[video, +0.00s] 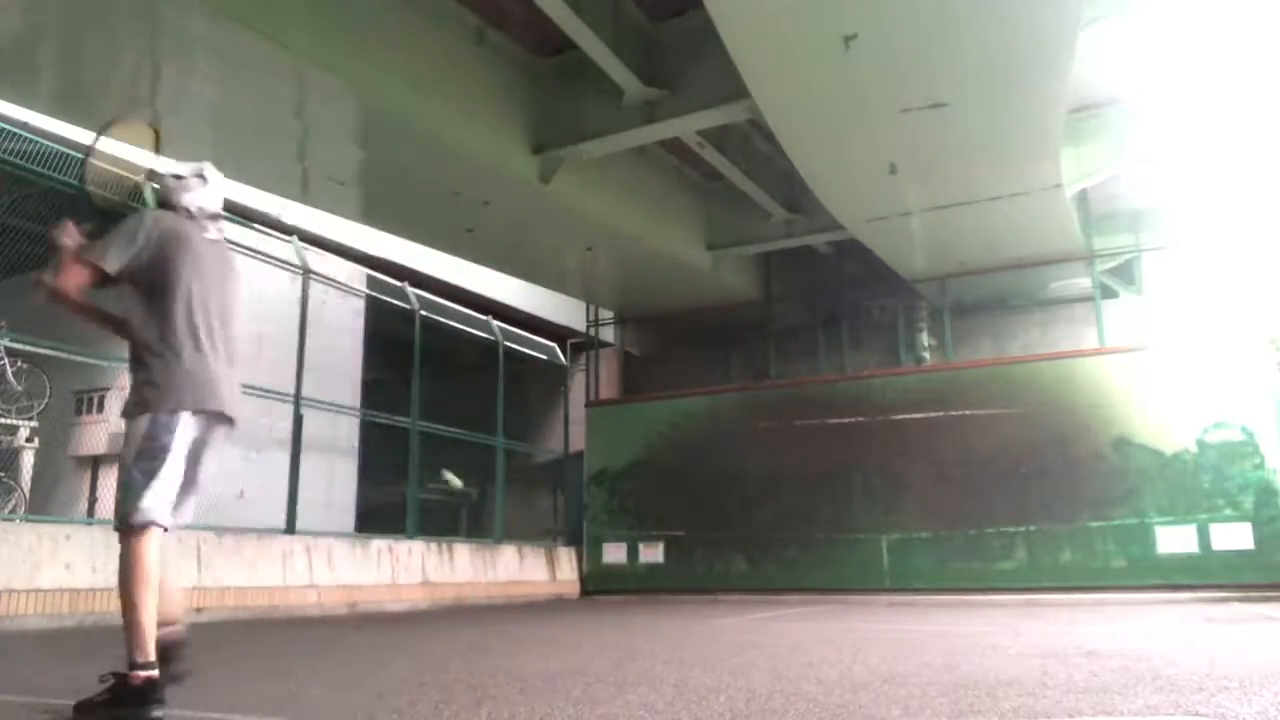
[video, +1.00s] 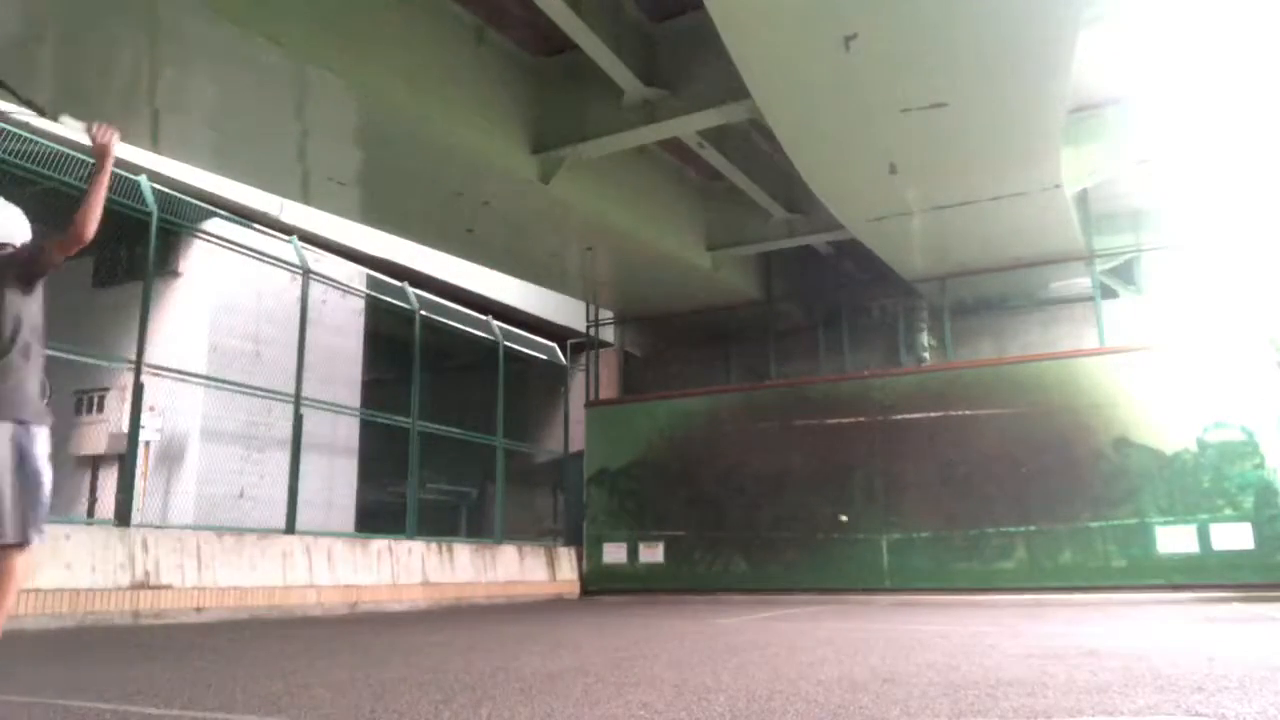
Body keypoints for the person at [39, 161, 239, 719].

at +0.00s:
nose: (156, 193)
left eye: (161, 188)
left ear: (166, 194)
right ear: (210, 204)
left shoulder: (156, 225)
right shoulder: (220, 253)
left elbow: (69, 282)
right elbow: (151, 332)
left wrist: (70, 247)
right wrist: (74, 298)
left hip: (166, 396)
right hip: (215, 399)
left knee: (139, 528)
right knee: (159, 526)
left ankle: (141, 675)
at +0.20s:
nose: (88, 231)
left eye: (91, 222)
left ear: (106, 217)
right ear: (147, 219)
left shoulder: (123, 240)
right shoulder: (149, 268)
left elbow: (53, 266)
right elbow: (58, 322)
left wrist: (41, 212)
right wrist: (16, 278)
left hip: (140, 416)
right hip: (161, 415)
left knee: (102, 544)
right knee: (96, 545)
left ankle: (144, 674)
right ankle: (36, 644)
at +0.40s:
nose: (29, 296)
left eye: (35, 287)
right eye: (30, 288)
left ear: (52, 285)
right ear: (70, 283)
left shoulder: (70, 311)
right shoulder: (62, 324)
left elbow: (82, 372)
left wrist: (19, 374)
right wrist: (17, 396)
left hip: (87, 461)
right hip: (79, 462)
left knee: (60, 566)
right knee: (34, 563)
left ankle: (141, 666)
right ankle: (1, 654)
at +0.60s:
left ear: (5, 260)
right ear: (47, 262)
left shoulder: (3, 297)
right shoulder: (74, 296)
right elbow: (134, 339)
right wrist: (149, 351)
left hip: (20, 425)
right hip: (80, 430)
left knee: (24, 544)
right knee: (42, 550)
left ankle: (78, 612)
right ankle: (3, 654)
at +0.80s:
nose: (37, 236)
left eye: (27, 231)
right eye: (35, 230)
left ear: (4, 238)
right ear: (33, 236)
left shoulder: (14, 267)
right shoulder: (58, 260)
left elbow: (126, 220)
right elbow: (127, 221)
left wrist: (169, 176)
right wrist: (175, 170)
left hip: (9, 414)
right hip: (42, 414)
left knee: (13, 539)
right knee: (26, 541)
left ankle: (4, 649)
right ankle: (1, 649)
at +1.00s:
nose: (24, 244)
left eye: (20, 236)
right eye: (18, 237)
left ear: (15, 235)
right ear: (9, 238)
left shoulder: (22, 261)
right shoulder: (16, 263)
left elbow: (79, 235)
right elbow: (79, 234)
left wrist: (103, 161)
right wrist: (105, 160)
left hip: (25, 416)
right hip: (14, 415)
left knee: (18, 541)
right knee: (13, 543)